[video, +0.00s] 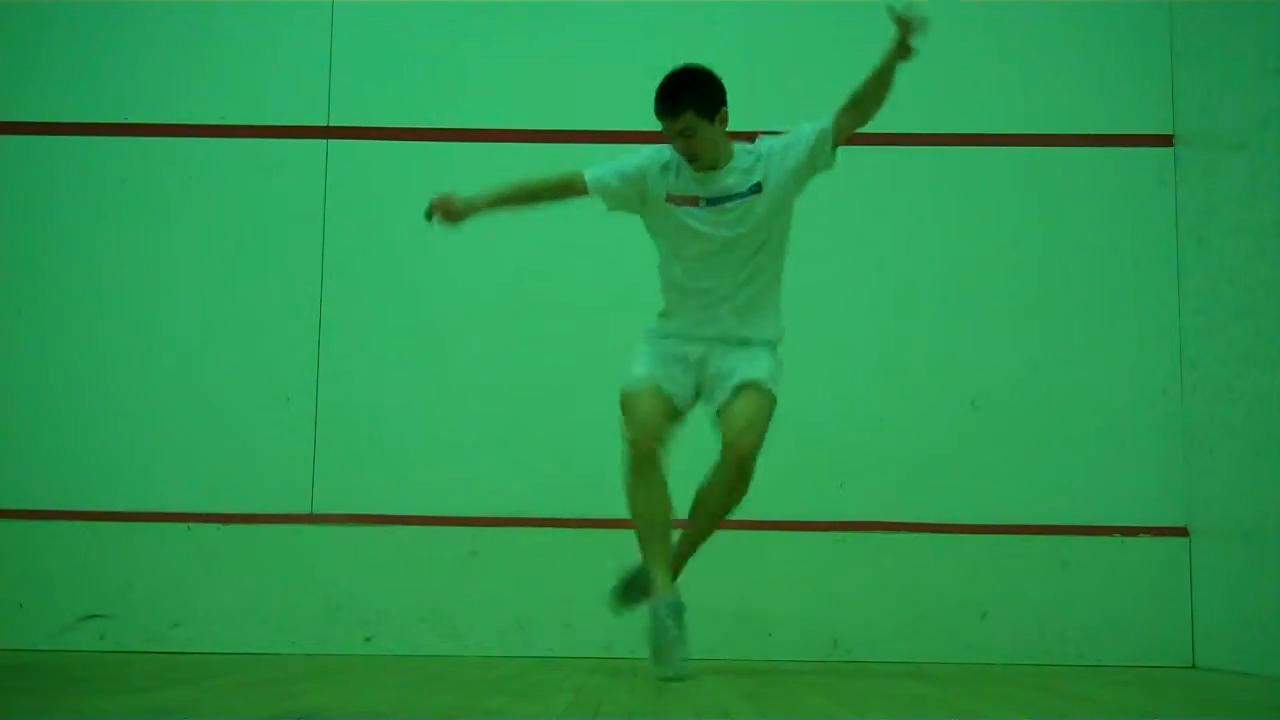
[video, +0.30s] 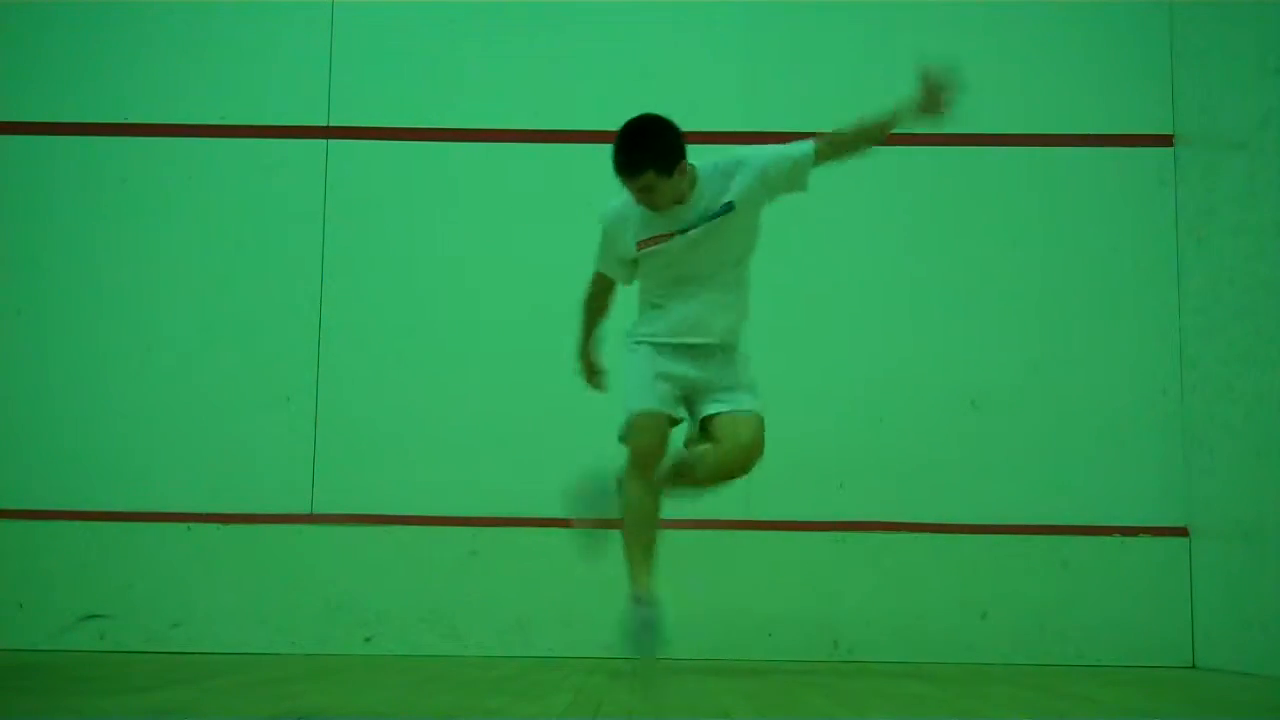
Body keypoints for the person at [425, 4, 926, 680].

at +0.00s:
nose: (679, 147)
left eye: (688, 133)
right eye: (671, 136)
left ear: (721, 118)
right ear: (667, 130)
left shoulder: (778, 161)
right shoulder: (653, 173)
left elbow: (852, 115)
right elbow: (567, 184)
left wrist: (897, 52)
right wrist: (474, 203)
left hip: (748, 345)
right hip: (674, 341)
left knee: (742, 448)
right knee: (639, 431)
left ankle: (663, 566)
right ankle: (662, 599)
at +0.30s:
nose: (640, 197)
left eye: (648, 187)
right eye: (633, 188)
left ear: (680, 169)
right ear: (627, 179)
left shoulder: (744, 177)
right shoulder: (624, 222)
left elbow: (831, 146)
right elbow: (602, 284)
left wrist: (913, 110)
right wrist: (586, 346)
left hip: (722, 357)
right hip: (654, 354)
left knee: (740, 450)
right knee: (645, 451)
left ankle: (626, 486)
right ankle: (642, 600)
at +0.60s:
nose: (606, 270)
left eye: (608, 261)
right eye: (597, 265)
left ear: (627, 233)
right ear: (597, 248)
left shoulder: (701, 238)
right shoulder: (604, 267)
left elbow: (765, 283)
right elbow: (595, 331)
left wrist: (822, 345)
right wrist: (576, 400)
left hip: (712, 387)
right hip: (651, 393)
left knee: (660, 503)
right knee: (601, 501)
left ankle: (687, 634)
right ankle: (641, 623)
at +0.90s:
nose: (607, 212)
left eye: (611, 198)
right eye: (598, 205)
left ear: (634, 177)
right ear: (593, 200)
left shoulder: (701, 207)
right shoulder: (604, 239)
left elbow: (785, 194)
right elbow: (534, 265)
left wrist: (875, 180)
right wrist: (461, 301)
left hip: (718, 357)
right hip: (677, 373)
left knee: (599, 314)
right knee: (637, 488)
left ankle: (545, 436)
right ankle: (651, 628)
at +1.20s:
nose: (642, 177)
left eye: (648, 163)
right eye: (634, 167)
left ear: (680, 149)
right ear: (631, 165)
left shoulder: (732, 197)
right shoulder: (655, 211)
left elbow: (798, 193)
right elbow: (667, 251)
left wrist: (746, 153)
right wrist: (634, 252)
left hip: (721, 385)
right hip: (662, 389)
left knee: (730, 502)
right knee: (639, 479)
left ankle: (766, 636)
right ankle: (673, 615)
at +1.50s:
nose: (620, 167)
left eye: (628, 153)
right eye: (611, 157)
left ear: (657, 139)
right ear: (603, 153)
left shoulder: (696, 181)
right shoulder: (608, 194)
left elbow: (715, 209)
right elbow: (629, 262)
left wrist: (678, 213)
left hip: (699, 349)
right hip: (637, 338)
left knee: (707, 490)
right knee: (524, 342)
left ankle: (715, 623)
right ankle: (604, 387)